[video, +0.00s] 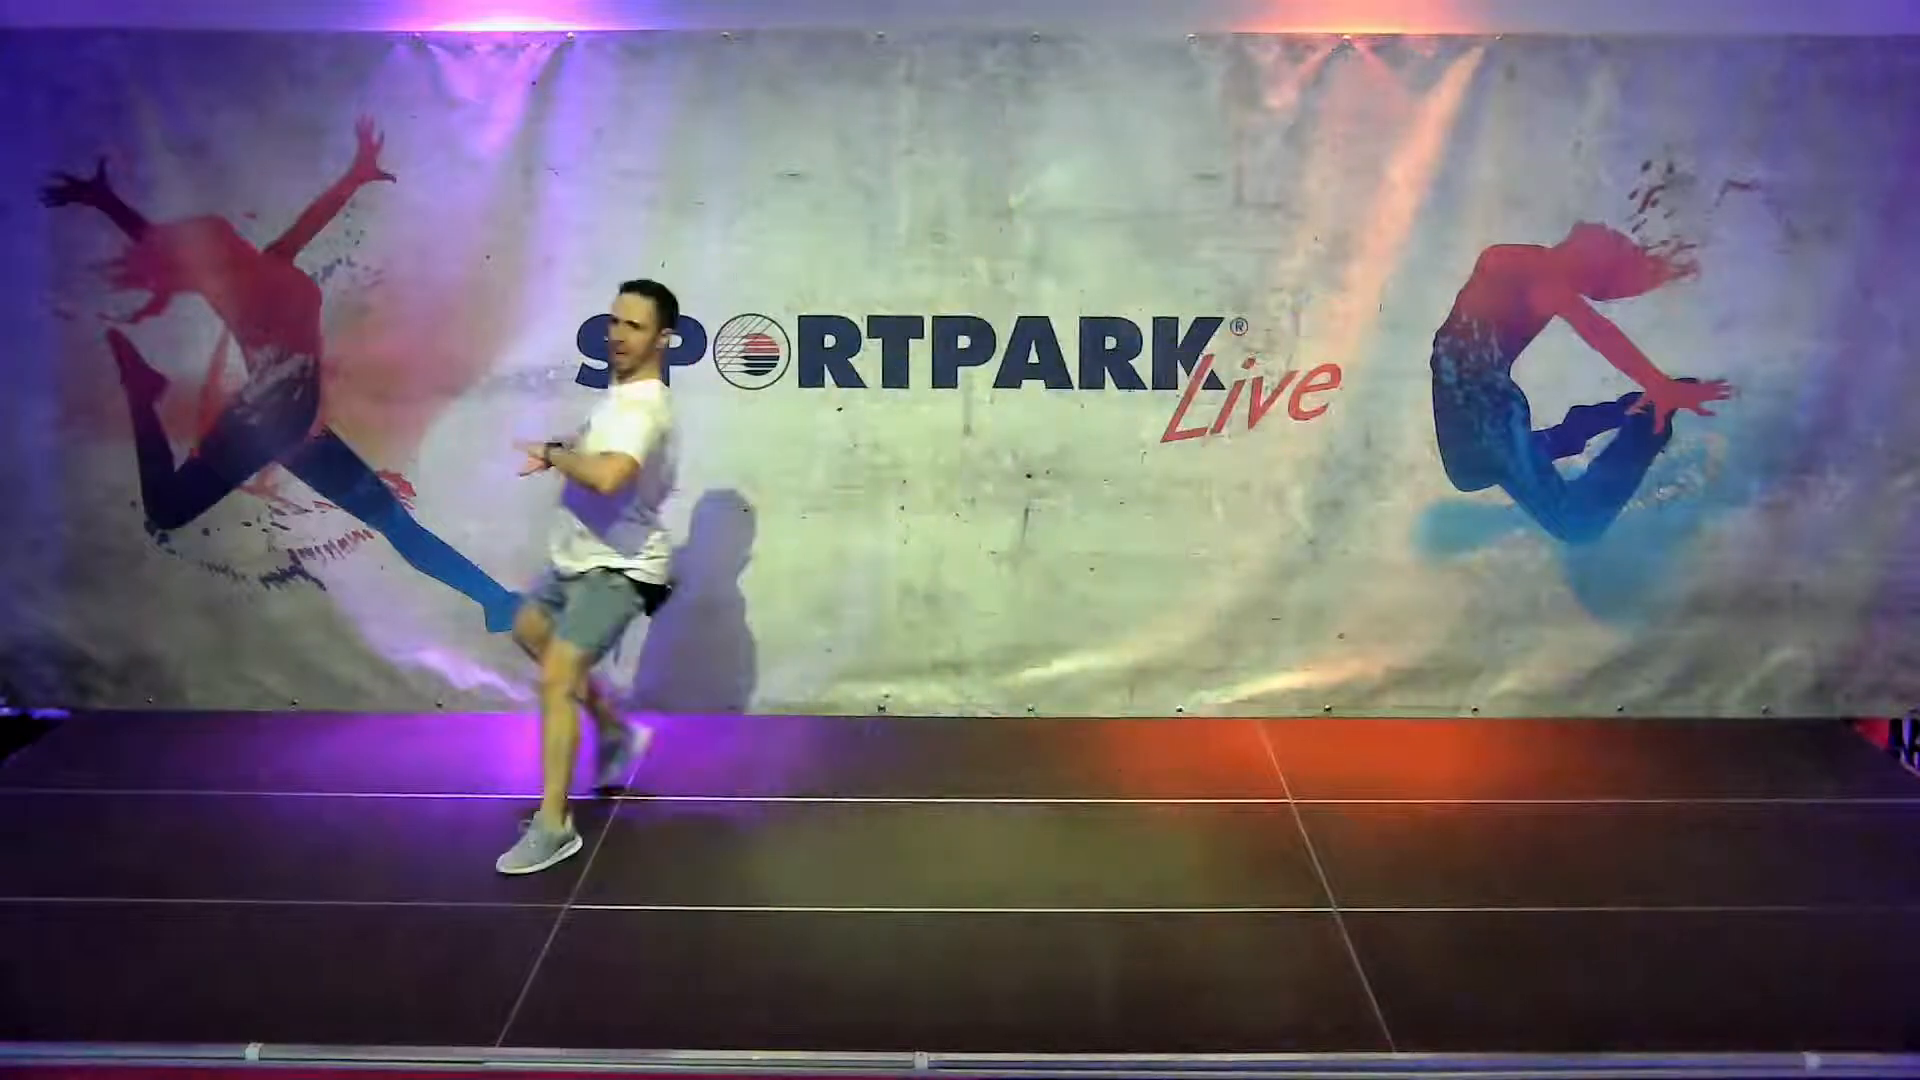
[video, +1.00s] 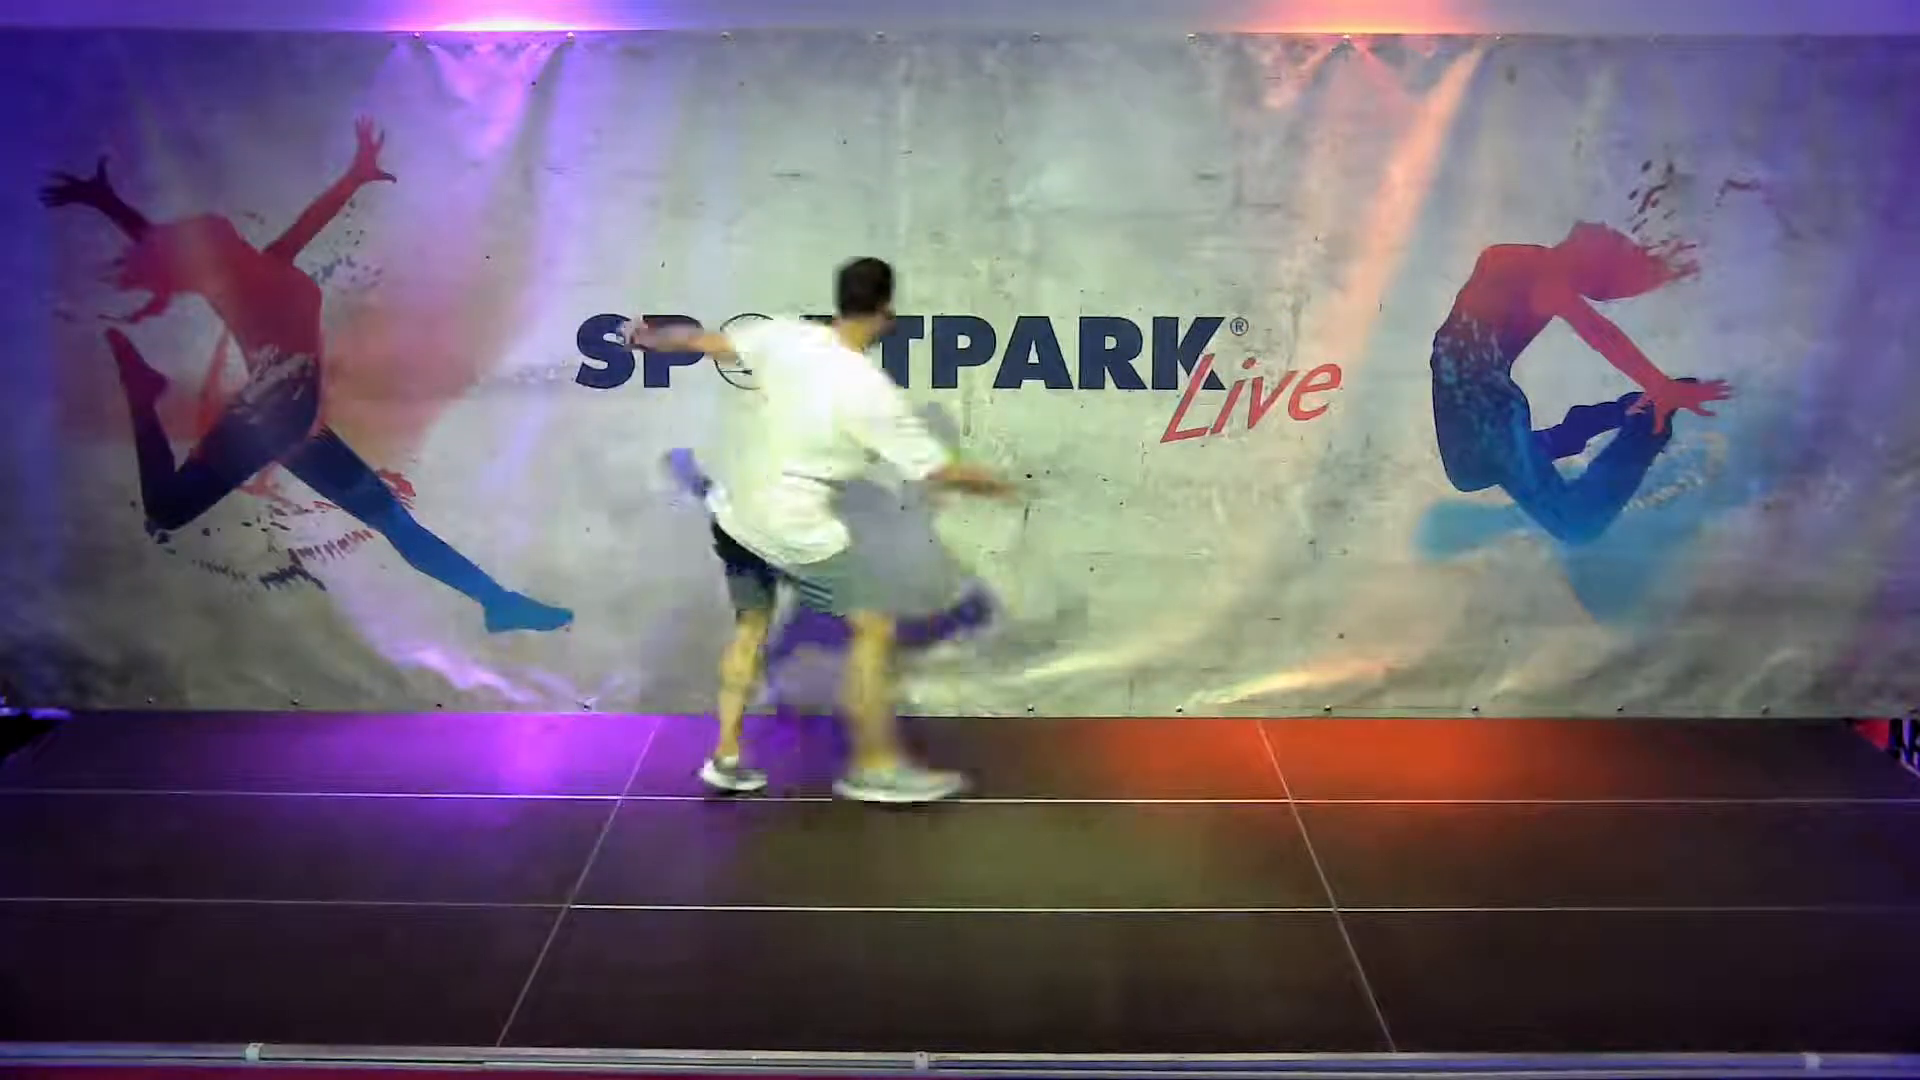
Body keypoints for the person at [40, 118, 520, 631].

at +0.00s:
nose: (219, 245)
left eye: (214, 237)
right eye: (206, 245)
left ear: (224, 240)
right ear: (198, 261)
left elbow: (313, 218)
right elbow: (157, 246)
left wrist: (358, 174)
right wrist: (100, 197)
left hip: (299, 427)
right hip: (257, 426)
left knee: (395, 521)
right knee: (166, 508)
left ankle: (508, 609)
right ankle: (141, 393)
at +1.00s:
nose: (179, 290)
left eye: (179, 270)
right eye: (174, 274)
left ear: (204, 255)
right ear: (206, 254)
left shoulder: (263, 269)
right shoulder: (245, 275)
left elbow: (308, 223)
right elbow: (155, 243)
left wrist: (357, 176)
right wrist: (104, 201)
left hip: (295, 425)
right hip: (263, 421)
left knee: (386, 513)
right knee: (166, 511)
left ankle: (500, 601)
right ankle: (140, 393)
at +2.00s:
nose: (183, 288)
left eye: (180, 267)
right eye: (186, 264)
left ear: (204, 253)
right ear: (202, 251)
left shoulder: (263, 271)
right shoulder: (240, 280)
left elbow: (306, 224)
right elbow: (156, 242)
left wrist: (357, 176)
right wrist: (103, 199)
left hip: (298, 426)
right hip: (261, 422)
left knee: (387, 514)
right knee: (166, 510)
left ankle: (500, 602)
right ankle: (139, 387)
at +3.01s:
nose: (177, 289)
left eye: (177, 269)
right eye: (171, 273)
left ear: (203, 253)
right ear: (204, 249)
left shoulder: (262, 269)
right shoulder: (241, 279)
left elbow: (307, 223)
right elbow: (158, 244)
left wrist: (358, 175)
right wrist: (105, 202)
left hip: (300, 428)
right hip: (262, 422)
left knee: (389, 517)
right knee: (166, 512)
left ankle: (500, 602)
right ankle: (141, 398)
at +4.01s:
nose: (181, 288)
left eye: (181, 268)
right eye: (178, 271)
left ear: (205, 254)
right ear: (208, 248)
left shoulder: (261, 270)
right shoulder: (246, 279)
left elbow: (307, 223)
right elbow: (160, 245)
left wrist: (358, 175)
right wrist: (105, 202)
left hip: (299, 428)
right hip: (263, 421)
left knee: (388, 515)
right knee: (167, 511)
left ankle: (500, 602)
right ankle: (141, 396)